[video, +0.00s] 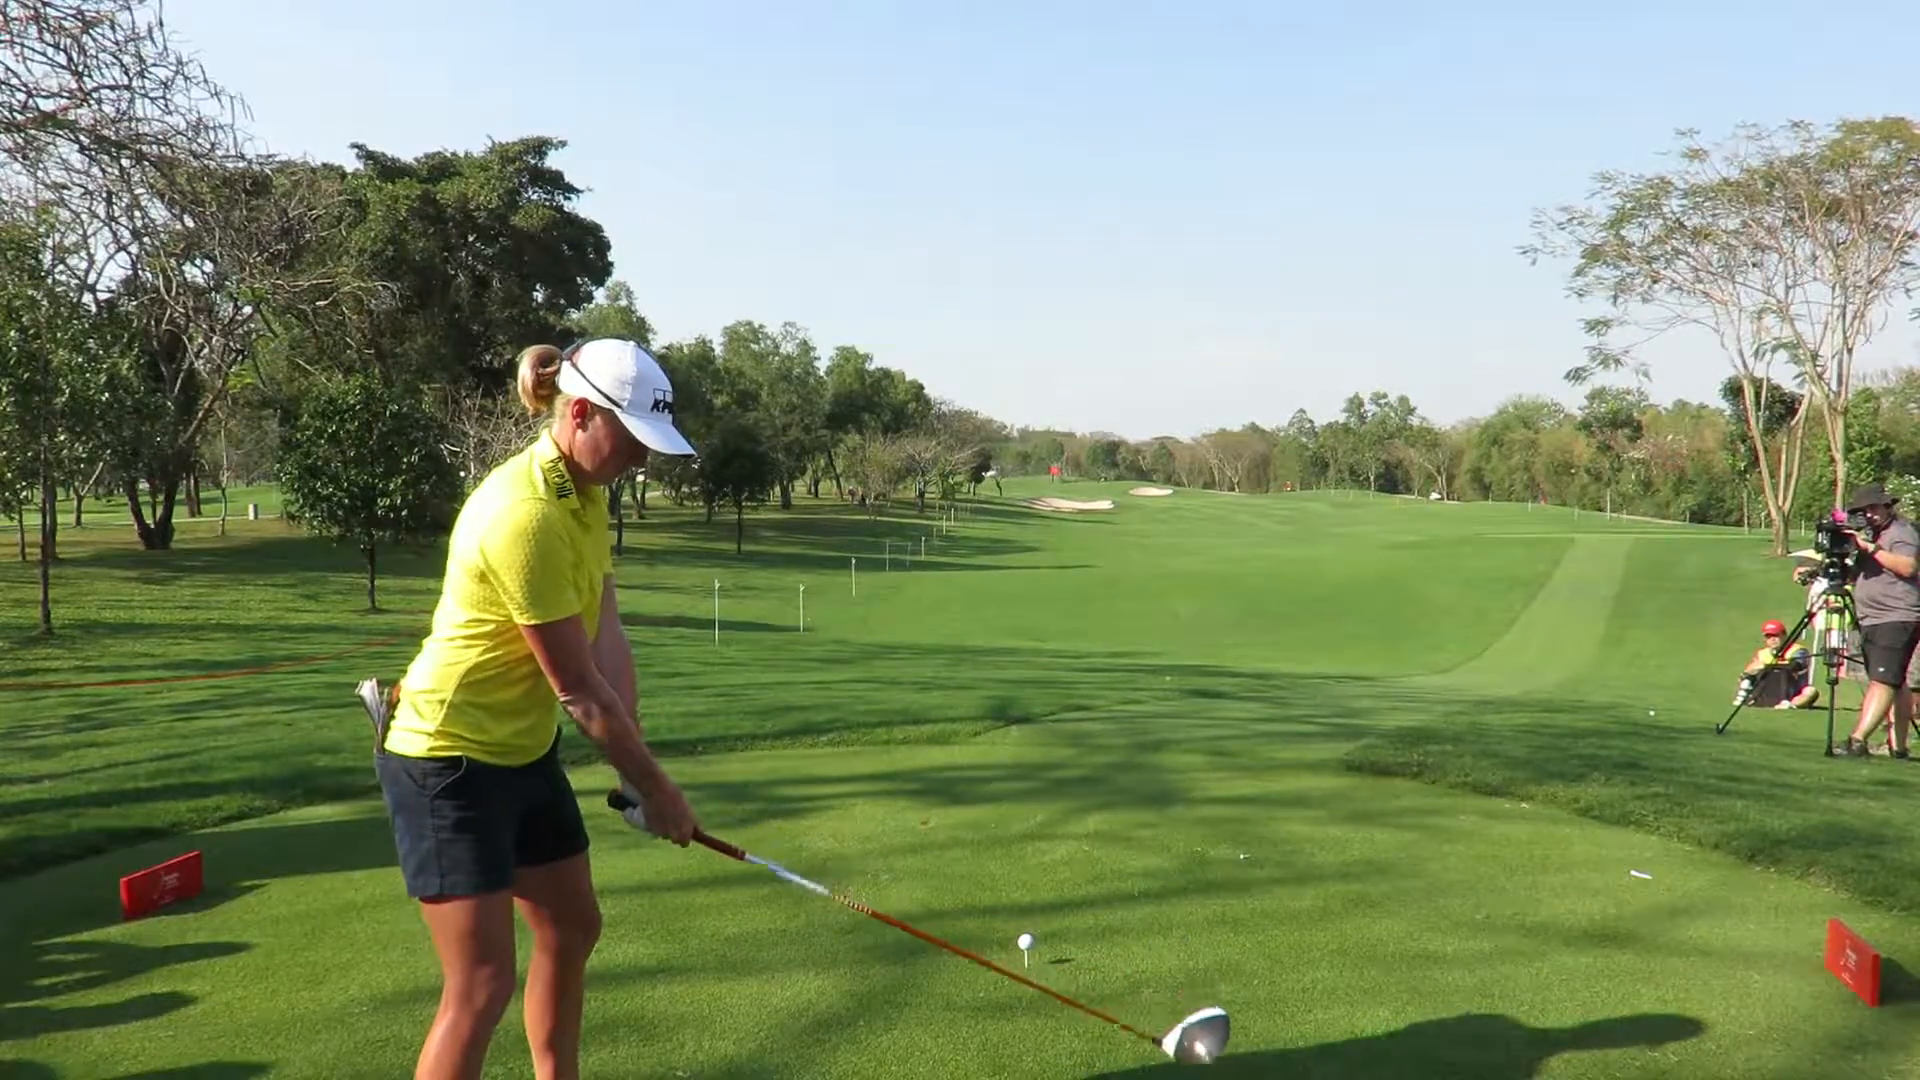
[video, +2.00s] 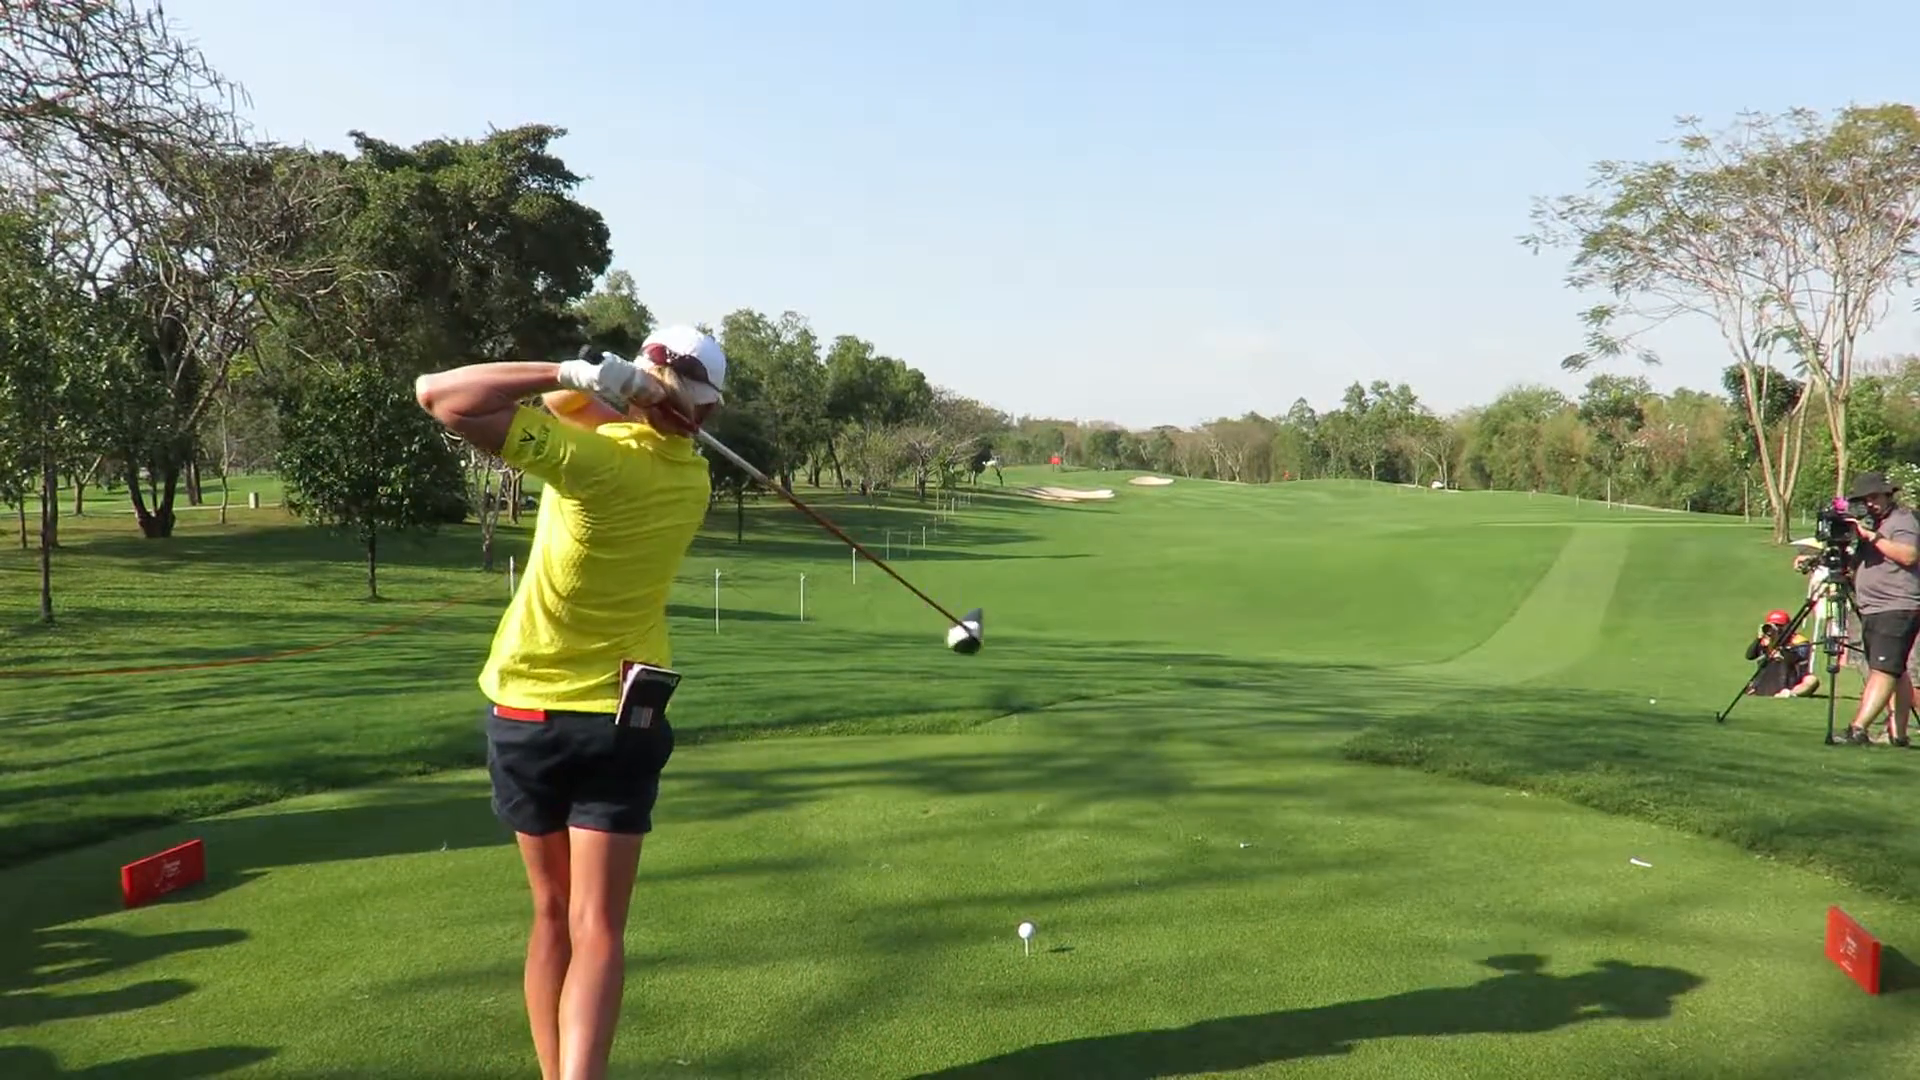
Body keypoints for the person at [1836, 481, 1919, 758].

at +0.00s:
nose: (1867, 517)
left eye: (1871, 510)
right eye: (1863, 513)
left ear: (1886, 508)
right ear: (1863, 514)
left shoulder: (1902, 532)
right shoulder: (1873, 536)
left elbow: (1908, 567)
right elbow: (1857, 574)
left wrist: (1871, 549)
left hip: (1898, 618)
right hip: (1873, 618)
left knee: (1883, 679)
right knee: (1891, 684)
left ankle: (1858, 738)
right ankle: (1898, 745)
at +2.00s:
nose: (1868, 506)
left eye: (1873, 499)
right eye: (1865, 501)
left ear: (1887, 496)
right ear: (1863, 502)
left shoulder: (1902, 520)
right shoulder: (1875, 525)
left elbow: (1909, 556)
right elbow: (1865, 566)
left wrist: (1872, 538)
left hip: (1898, 607)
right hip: (1874, 608)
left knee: (1884, 667)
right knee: (1891, 670)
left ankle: (1858, 727)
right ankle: (1898, 733)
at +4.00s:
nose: (1865, 511)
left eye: (1869, 504)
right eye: (1862, 507)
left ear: (1884, 500)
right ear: (1864, 507)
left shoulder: (1902, 523)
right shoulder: (1874, 528)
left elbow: (1909, 559)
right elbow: (1859, 568)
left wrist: (1870, 540)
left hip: (1897, 610)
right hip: (1873, 612)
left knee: (1883, 671)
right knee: (1893, 675)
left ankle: (1858, 730)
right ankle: (1898, 736)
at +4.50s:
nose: (1870, 510)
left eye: (1872, 503)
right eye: (1865, 506)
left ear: (1884, 500)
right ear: (1862, 509)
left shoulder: (1901, 524)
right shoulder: (1871, 530)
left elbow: (1909, 559)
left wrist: (1869, 540)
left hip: (1898, 610)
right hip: (1872, 611)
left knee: (1882, 670)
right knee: (1893, 676)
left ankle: (1857, 731)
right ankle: (1897, 738)